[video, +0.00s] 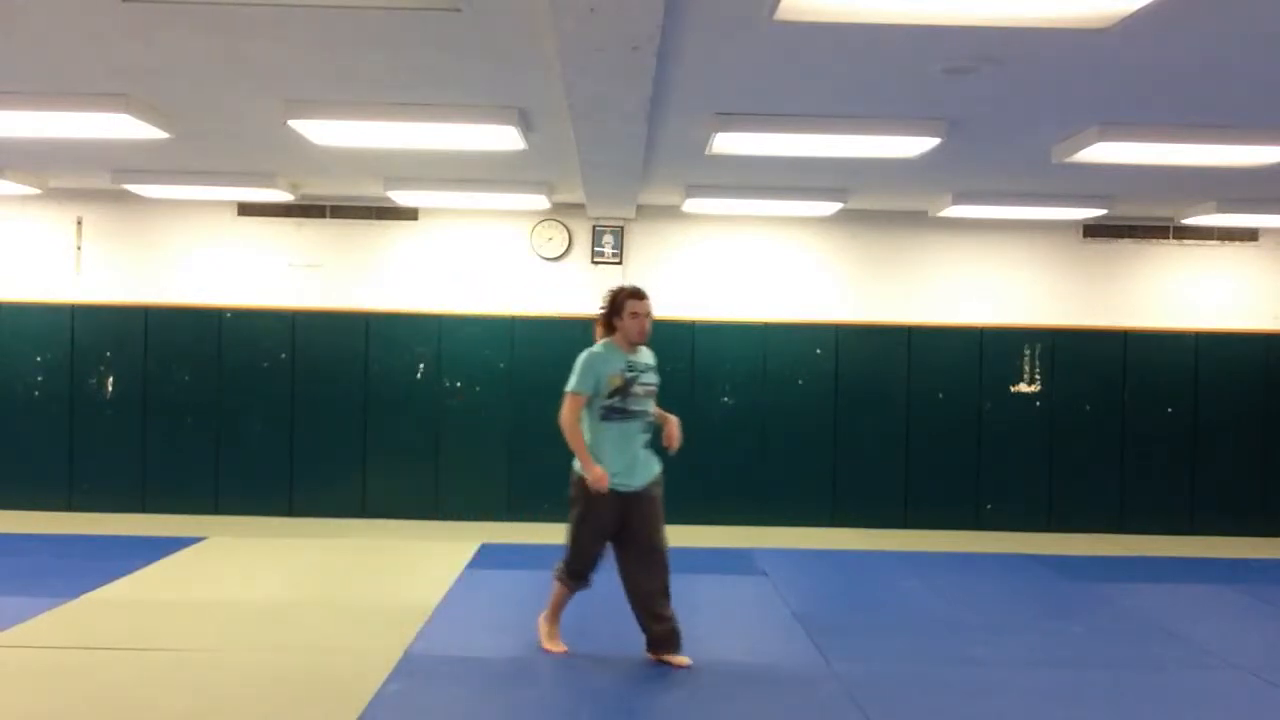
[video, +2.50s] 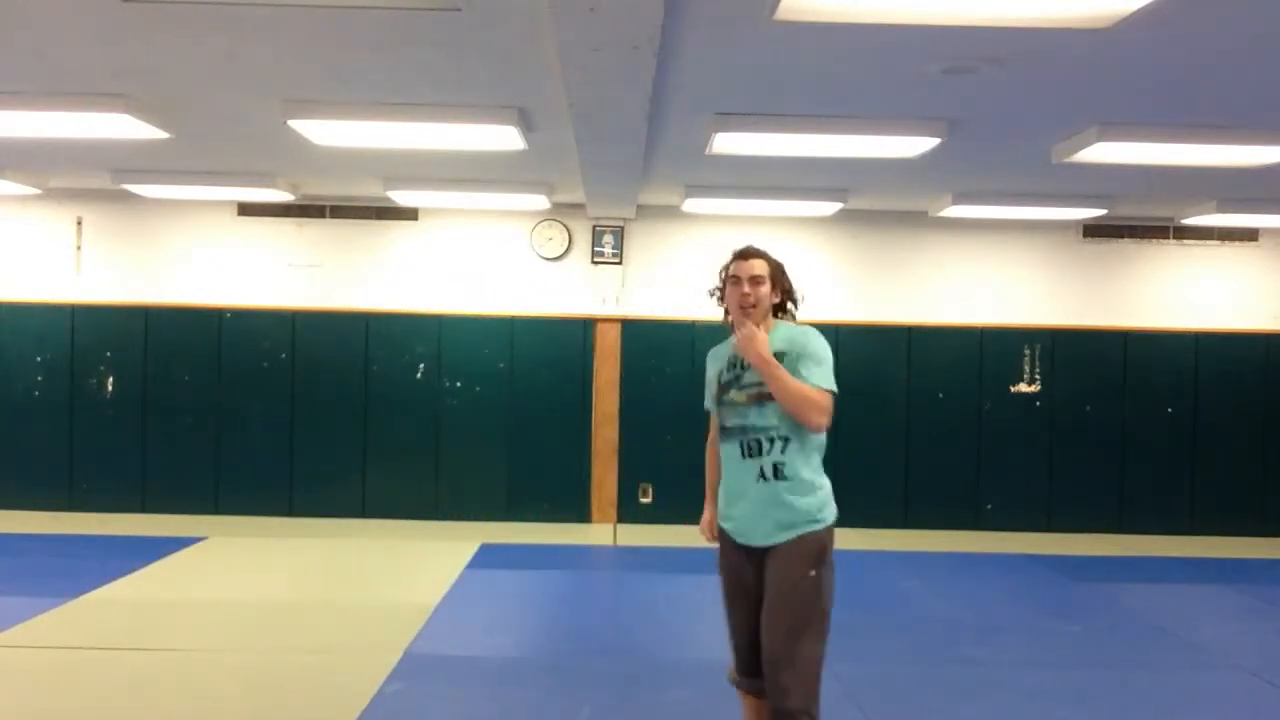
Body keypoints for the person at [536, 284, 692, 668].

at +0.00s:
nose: (644, 323)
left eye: (647, 316)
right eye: (635, 316)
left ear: (650, 320)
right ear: (615, 320)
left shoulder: (647, 358)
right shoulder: (595, 358)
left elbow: (638, 404)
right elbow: (568, 416)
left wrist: (667, 418)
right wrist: (589, 465)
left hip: (642, 480)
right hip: (600, 479)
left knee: (650, 563)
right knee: (580, 561)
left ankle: (662, 643)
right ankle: (549, 620)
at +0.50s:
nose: (687, 312)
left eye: (694, 304)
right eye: (678, 305)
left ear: (704, 311)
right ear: (664, 313)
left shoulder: (718, 354)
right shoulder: (644, 361)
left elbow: (729, 404)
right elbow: (623, 424)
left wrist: (747, 427)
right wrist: (618, 484)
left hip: (710, 481)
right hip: (662, 482)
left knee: (699, 569)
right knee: (676, 574)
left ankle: (669, 625)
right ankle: (690, 674)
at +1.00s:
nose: (717, 310)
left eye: (725, 301)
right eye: (707, 303)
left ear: (738, 307)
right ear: (695, 310)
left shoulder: (760, 356)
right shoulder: (675, 363)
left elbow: (773, 420)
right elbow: (652, 425)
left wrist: (783, 480)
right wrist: (653, 478)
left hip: (752, 503)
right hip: (693, 504)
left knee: (752, 613)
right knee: (688, 602)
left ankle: (756, 710)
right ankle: (690, 678)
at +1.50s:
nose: (737, 305)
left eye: (745, 294)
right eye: (727, 297)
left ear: (762, 301)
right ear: (715, 306)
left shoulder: (795, 355)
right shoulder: (701, 364)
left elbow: (826, 420)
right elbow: (688, 435)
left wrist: (814, 446)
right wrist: (682, 491)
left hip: (776, 523)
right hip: (711, 521)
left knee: (768, 647)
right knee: (711, 637)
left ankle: (756, 716)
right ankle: (706, 718)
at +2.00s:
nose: (713, 292)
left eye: (723, 281)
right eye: (702, 284)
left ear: (741, 290)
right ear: (690, 296)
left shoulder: (779, 341)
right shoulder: (680, 357)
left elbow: (811, 414)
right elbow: (672, 435)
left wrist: (774, 431)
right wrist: (674, 502)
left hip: (775, 523)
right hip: (703, 527)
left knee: (789, 648)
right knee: (709, 655)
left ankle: (794, 718)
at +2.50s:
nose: (746, 291)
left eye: (756, 281)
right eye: (736, 282)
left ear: (777, 291)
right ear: (724, 294)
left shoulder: (806, 343)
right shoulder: (718, 358)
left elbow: (818, 415)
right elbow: (716, 435)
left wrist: (761, 358)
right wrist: (711, 503)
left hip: (800, 526)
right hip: (736, 527)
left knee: (787, 674)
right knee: (750, 672)